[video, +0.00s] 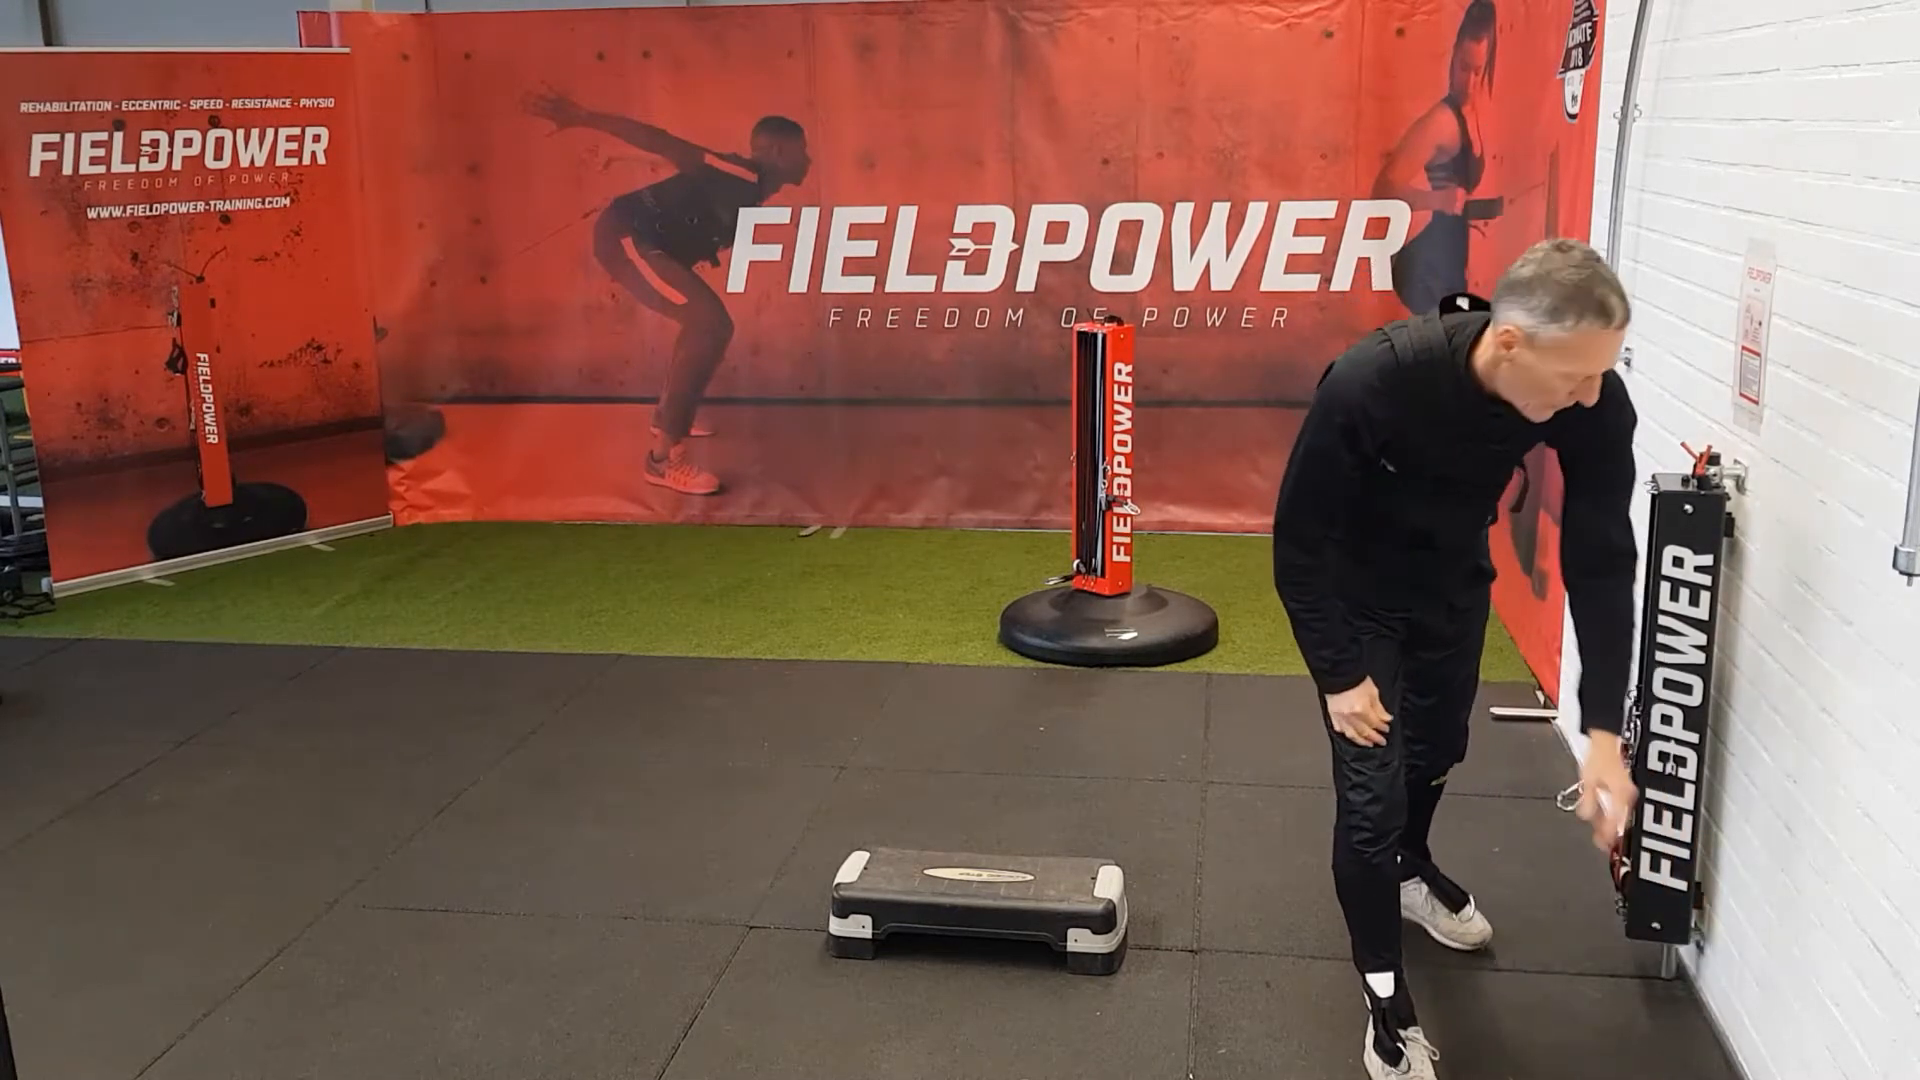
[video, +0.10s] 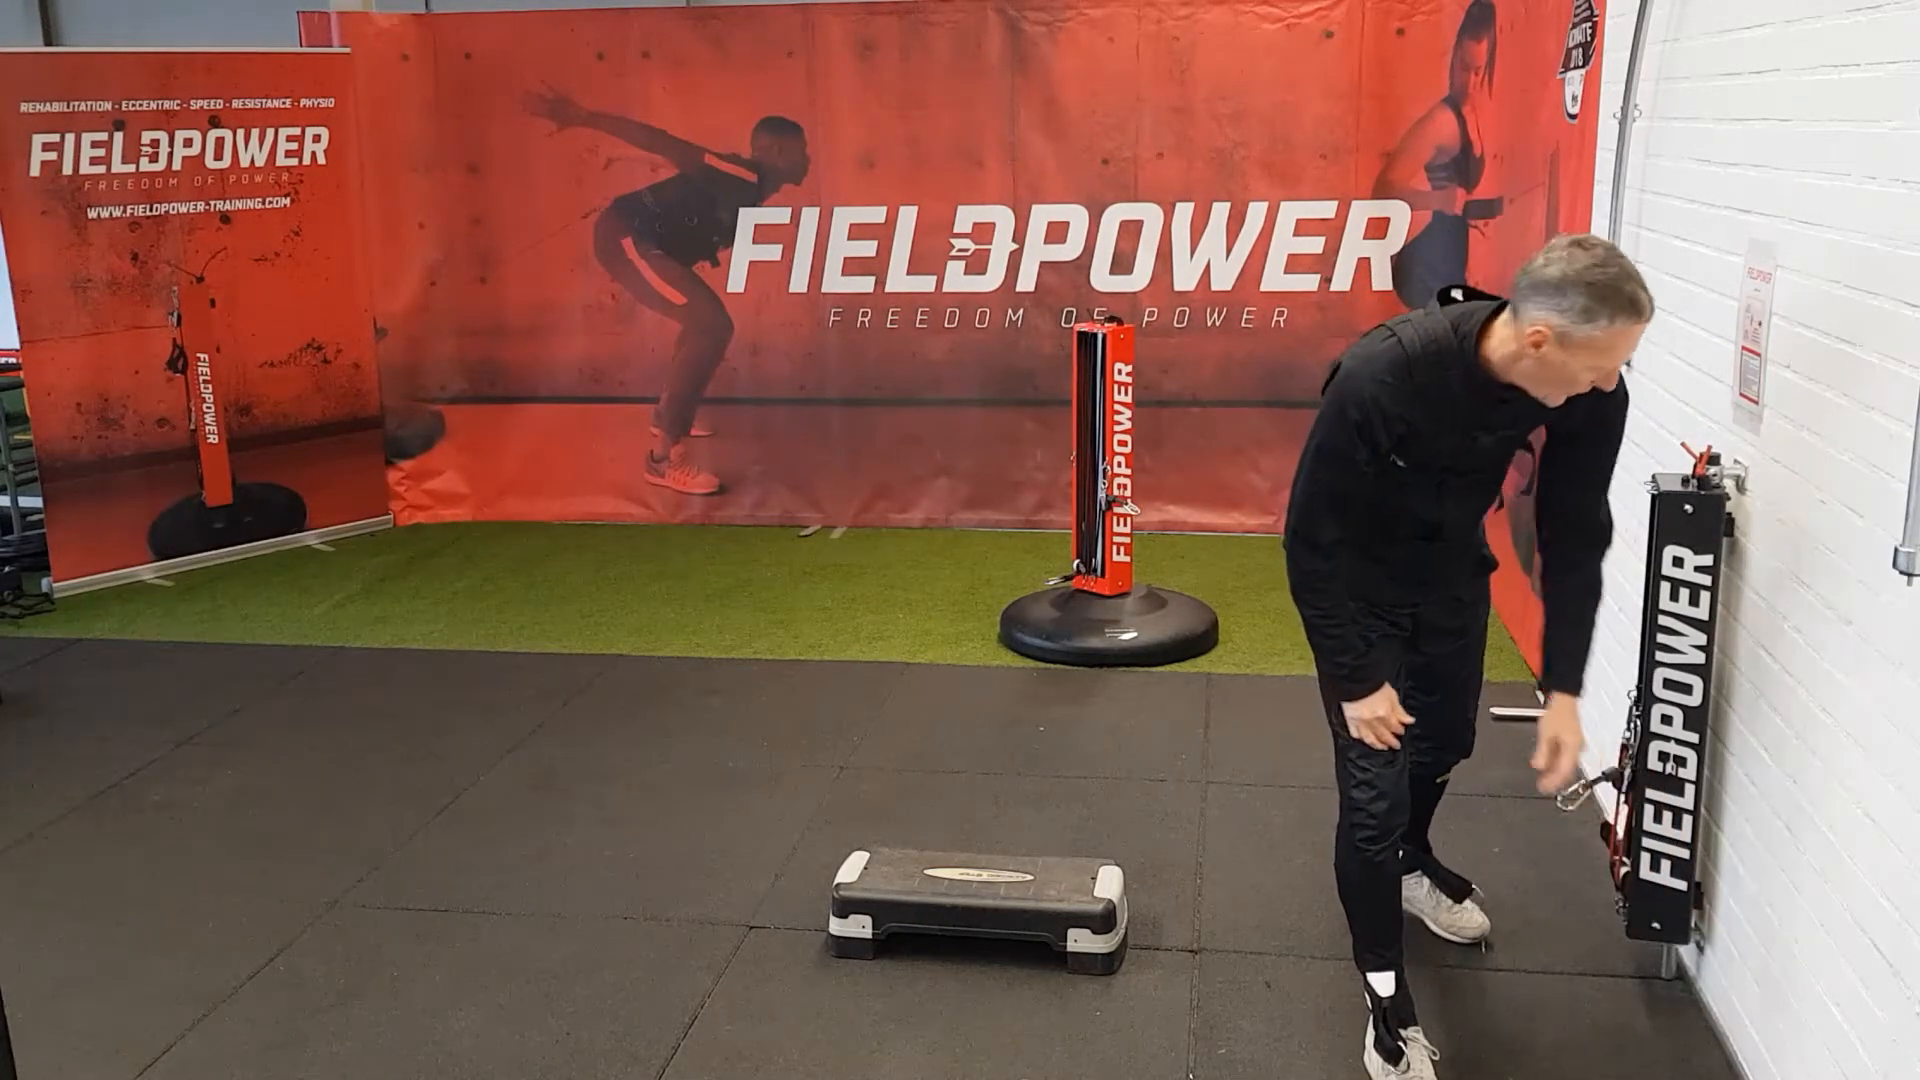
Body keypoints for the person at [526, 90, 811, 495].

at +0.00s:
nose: (807, 159)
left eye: (805, 150)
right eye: (801, 150)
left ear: (774, 151)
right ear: (772, 149)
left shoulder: (749, 187)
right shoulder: (737, 176)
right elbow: (659, 141)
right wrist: (581, 117)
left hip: (643, 236)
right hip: (627, 234)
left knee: (710, 322)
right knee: (712, 325)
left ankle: (670, 414)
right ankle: (666, 457)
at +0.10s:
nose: (807, 159)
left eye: (805, 150)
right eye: (800, 150)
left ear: (773, 151)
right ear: (771, 150)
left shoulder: (749, 187)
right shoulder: (735, 177)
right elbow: (662, 143)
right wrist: (584, 117)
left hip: (645, 236)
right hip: (626, 233)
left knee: (709, 321)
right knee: (713, 326)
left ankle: (670, 411)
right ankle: (665, 457)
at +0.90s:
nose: (807, 159)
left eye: (805, 150)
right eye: (801, 151)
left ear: (773, 151)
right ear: (772, 150)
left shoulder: (749, 187)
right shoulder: (736, 177)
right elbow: (663, 143)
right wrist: (584, 118)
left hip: (644, 236)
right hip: (626, 233)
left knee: (709, 321)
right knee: (713, 326)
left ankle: (671, 411)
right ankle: (665, 457)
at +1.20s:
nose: (807, 159)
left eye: (805, 150)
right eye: (801, 151)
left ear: (773, 151)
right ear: (772, 150)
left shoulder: (749, 187)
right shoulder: (736, 178)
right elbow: (663, 143)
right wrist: (584, 118)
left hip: (644, 236)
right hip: (626, 233)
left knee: (709, 321)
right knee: (713, 326)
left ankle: (671, 411)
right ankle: (665, 457)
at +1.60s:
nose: (807, 158)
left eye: (805, 150)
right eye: (800, 150)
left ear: (774, 151)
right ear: (770, 150)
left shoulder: (750, 189)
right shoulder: (735, 175)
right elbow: (660, 142)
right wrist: (584, 117)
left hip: (646, 238)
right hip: (626, 233)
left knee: (711, 322)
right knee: (712, 325)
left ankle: (671, 412)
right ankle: (665, 456)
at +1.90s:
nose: (807, 158)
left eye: (805, 149)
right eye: (800, 150)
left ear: (773, 151)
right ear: (770, 150)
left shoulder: (749, 189)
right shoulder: (735, 176)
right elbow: (661, 142)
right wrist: (584, 117)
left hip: (645, 237)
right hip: (626, 233)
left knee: (710, 322)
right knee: (712, 326)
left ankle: (671, 412)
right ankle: (665, 456)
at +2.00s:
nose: (807, 158)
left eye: (805, 149)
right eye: (800, 150)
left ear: (773, 151)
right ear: (770, 150)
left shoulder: (749, 189)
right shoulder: (735, 176)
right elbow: (661, 142)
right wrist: (584, 117)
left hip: (645, 237)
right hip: (626, 233)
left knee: (710, 322)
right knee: (712, 326)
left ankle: (671, 412)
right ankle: (665, 456)